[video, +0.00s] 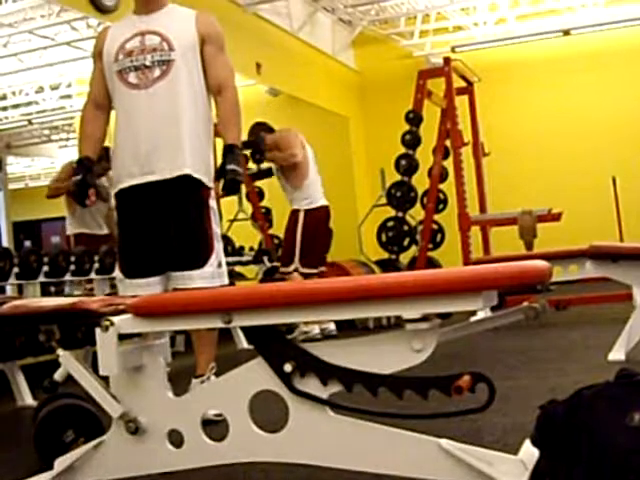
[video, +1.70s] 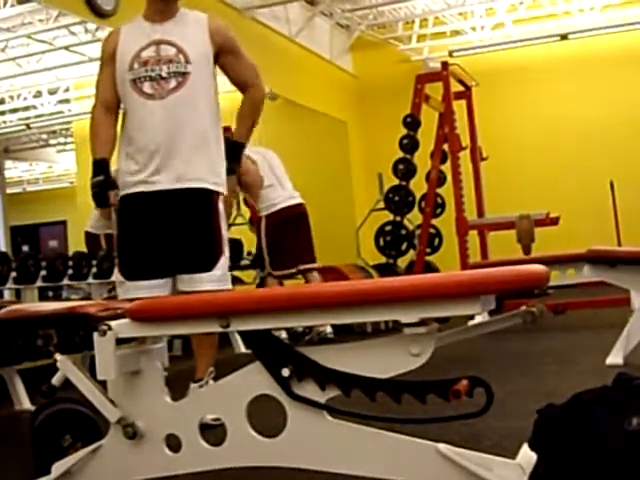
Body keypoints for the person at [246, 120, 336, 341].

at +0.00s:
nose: (259, 149)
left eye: (258, 145)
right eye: (257, 147)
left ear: (262, 136)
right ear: (266, 133)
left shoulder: (285, 135)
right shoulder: (288, 141)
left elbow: (296, 156)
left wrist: (266, 156)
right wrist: (258, 173)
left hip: (306, 210)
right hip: (314, 209)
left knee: (291, 270)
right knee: (311, 270)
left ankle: (309, 322)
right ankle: (324, 319)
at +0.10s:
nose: (266, 149)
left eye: (262, 144)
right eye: (262, 147)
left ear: (264, 134)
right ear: (270, 128)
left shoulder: (287, 135)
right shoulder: (299, 137)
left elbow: (295, 160)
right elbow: (297, 172)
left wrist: (265, 171)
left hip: (305, 207)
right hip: (317, 205)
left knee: (294, 268)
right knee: (314, 269)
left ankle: (308, 322)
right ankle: (324, 319)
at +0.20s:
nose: (265, 149)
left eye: (261, 144)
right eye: (261, 147)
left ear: (263, 134)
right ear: (270, 128)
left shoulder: (285, 135)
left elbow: (293, 166)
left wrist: (266, 187)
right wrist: (272, 206)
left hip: (304, 207)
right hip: (317, 205)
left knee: (298, 270)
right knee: (315, 269)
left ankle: (309, 323)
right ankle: (324, 319)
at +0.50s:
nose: (244, 159)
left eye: (241, 154)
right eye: (240, 156)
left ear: (244, 144)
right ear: (250, 140)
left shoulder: (268, 149)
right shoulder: (280, 146)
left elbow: (282, 180)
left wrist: (292, 208)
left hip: (299, 208)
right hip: (314, 205)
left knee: (298, 271)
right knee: (315, 269)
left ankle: (310, 324)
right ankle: (328, 320)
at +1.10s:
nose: (247, 156)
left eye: (244, 152)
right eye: (245, 153)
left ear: (246, 143)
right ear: (259, 136)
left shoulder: (260, 148)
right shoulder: (287, 147)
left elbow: (271, 185)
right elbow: (297, 181)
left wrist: (268, 223)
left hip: (290, 212)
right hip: (312, 207)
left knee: (282, 272)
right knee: (319, 270)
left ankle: (283, 324)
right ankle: (328, 321)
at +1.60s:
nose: (225, 156)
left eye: (225, 151)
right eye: (224, 151)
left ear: (230, 144)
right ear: (238, 138)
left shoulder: (248, 156)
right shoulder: (272, 151)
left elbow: (261, 181)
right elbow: (286, 178)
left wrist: (255, 201)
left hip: (277, 212)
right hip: (299, 206)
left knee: (272, 275)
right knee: (311, 270)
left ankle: (278, 326)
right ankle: (325, 321)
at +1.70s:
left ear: (226, 147)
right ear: (240, 139)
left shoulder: (238, 161)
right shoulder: (266, 152)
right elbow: (281, 177)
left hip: (272, 211)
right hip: (295, 203)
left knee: (272, 275)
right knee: (308, 268)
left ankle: (277, 326)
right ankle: (323, 321)